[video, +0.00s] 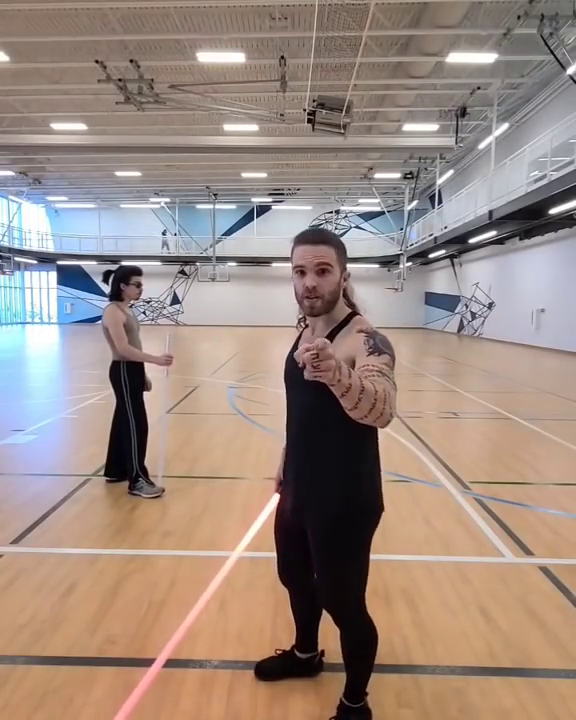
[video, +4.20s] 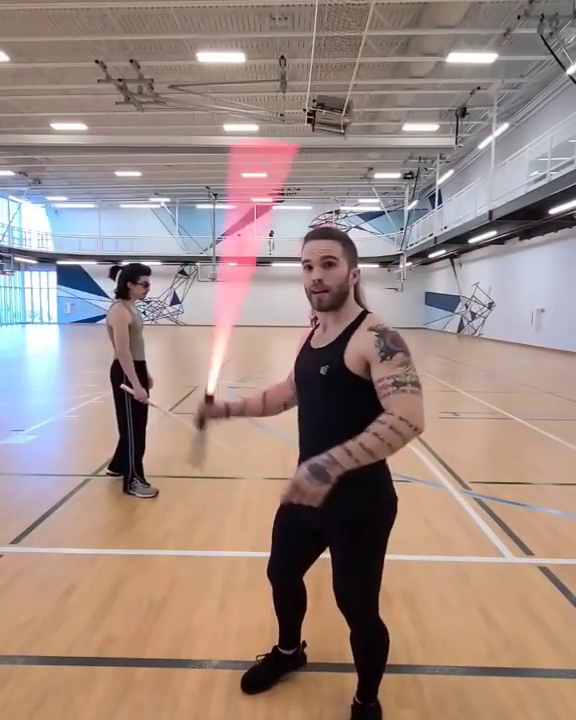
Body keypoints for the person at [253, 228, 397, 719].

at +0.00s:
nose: (309, 283)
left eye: (322, 271)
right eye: (300, 272)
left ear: (344, 276)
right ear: (291, 277)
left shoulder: (367, 343)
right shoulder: (303, 332)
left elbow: (381, 410)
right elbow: (301, 414)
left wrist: (336, 374)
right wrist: (286, 468)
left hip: (346, 494)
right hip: (301, 483)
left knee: (344, 600)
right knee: (295, 570)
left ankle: (355, 700)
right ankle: (306, 651)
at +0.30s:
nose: (305, 281)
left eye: (318, 271)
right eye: (299, 273)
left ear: (346, 279)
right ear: (294, 281)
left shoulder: (367, 338)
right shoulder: (321, 333)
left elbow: (380, 403)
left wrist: (335, 414)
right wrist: (300, 482)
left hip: (350, 501)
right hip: (308, 491)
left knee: (348, 608)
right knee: (299, 579)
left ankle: (356, 703)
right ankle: (306, 663)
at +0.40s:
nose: (305, 285)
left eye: (318, 273)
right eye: (299, 276)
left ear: (345, 281)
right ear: (293, 283)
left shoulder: (366, 340)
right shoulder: (323, 335)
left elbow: (380, 413)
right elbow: (326, 416)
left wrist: (321, 458)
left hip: (350, 504)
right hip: (309, 494)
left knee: (348, 610)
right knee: (300, 583)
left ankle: (357, 703)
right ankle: (307, 666)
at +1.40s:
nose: (279, 285)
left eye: (289, 275)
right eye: (270, 276)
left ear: (308, 278)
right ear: (261, 281)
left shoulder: (329, 337)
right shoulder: (275, 330)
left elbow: (356, 417)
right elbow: (284, 401)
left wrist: (324, 487)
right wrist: (256, 434)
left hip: (310, 482)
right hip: (272, 475)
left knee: (315, 594)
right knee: (286, 568)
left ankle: (351, 696)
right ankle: (301, 645)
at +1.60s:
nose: (285, 283)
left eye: (296, 274)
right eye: (276, 272)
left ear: (310, 280)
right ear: (264, 275)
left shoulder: (333, 336)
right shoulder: (264, 329)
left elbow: (367, 411)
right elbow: (252, 385)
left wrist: (354, 482)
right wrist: (198, 406)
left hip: (319, 483)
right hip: (272, 476)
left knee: (337, 591)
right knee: (290, 569)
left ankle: (364, 697)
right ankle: (302, 646)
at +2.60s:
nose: (330, 273)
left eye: (344, 264)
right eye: (328, 264)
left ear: (377, 277)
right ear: (325, 269)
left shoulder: (410, 346)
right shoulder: (318, 335)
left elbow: (432, 438)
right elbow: (267, 373)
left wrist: (377, 504)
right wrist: (205, 381)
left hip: (380, 497)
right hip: (323, 484)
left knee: (368, 608)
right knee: (292, 568)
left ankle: (368, 700)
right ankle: (301, 642)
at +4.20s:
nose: (316, 275)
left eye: (329, 264)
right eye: (308, 266)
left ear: (353, 272)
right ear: (302, 273)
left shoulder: (377, 338)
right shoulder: (316, 333)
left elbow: (406, 419)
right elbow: (285, 394)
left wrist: (329, 464)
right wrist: (226, 406)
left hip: (361, 497)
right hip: (309, 489)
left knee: (358, 605)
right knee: (283, 571)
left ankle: (367, 700)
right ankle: (289, 649)